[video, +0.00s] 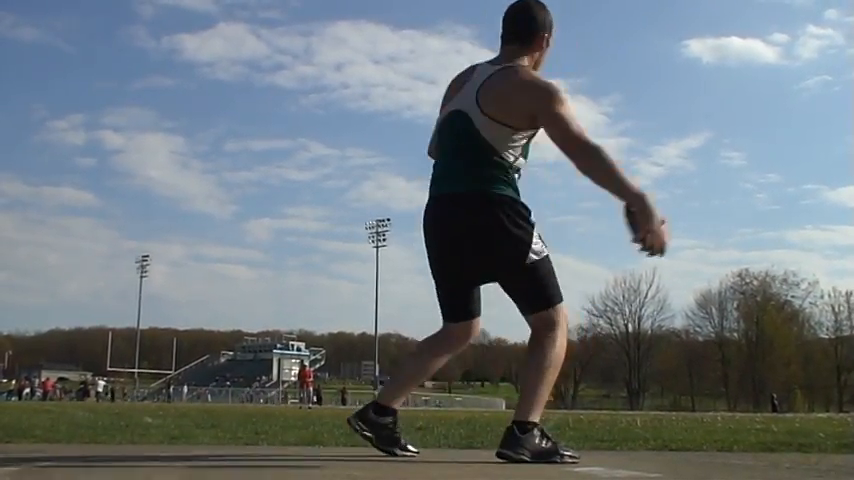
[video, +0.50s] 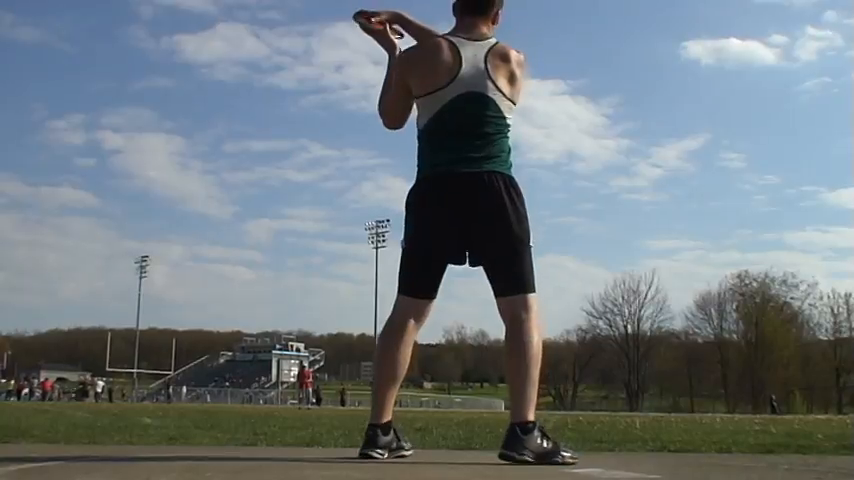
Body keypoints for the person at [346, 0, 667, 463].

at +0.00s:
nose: (550, 49)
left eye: (548, 42)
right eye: (550, 42)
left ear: (504, 37)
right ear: (542, 42)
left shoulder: (463, 79)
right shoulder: (537, 89)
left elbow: (437, 147)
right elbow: (581, 149)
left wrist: (490, 155)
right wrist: (636, 198)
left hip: (442, 213)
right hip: (494, 211)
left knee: (460, 327)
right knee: (551, 323)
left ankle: (380, 412)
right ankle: (525, 431)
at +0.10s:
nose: (532, 15)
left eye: (528, 11)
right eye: (532, 10)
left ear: (484, 10)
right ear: (528, 11)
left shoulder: (444, 51)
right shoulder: (533, 60)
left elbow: (420, 120)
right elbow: (596, 109)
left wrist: (471, 132)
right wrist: (643, 134)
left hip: (434, 192)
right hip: (492, 190)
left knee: (434, 306)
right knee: (533, 309)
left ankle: (379, 411)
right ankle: (527, 426)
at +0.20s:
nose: (515, 10)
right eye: (516, 7)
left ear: (471, 2)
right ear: (513, 5)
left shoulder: (429, 41)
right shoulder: (530, 47)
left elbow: (414, 106)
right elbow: (559, 81)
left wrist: (455, 81)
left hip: (433, 180)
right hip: (493, 179)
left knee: (416, 301)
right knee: (525, 305)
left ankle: (383, 412)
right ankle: (530, 419)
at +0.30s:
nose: (508, 10)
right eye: (510, 7)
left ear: (460, 4)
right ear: (505, 5)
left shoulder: (421, 44)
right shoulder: (523, 47)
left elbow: (409, 100)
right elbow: (509, 90)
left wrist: (427, 44)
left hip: (435, 183)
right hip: (498, 182)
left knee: (412, 303)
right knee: (525, 307)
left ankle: (382, 420)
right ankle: (529, 421)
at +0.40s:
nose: (504, 13)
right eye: (505, 9)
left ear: (455, 9)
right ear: (500, 10)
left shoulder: (417, 52)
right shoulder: (513, 56)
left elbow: (397, 105)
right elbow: (470, 49)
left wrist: (397, 43)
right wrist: (423, 20)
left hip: (434, 191)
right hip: (496, 190)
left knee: (410, 310)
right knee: (522, 311)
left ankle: (382, 427)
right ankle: (526, 427)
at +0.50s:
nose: (496, 19)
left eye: (454, 11)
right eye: (499, 15)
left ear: (452, 12)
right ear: (497, 16)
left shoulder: (415, 57)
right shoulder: (511, 60)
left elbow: (392, 117)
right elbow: (456, 51)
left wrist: (394, 52)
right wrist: (400, 22)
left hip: (433, 195)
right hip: (495, 193)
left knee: (408, 313)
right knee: (521, 313)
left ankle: (379, 431)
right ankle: (524, 432)